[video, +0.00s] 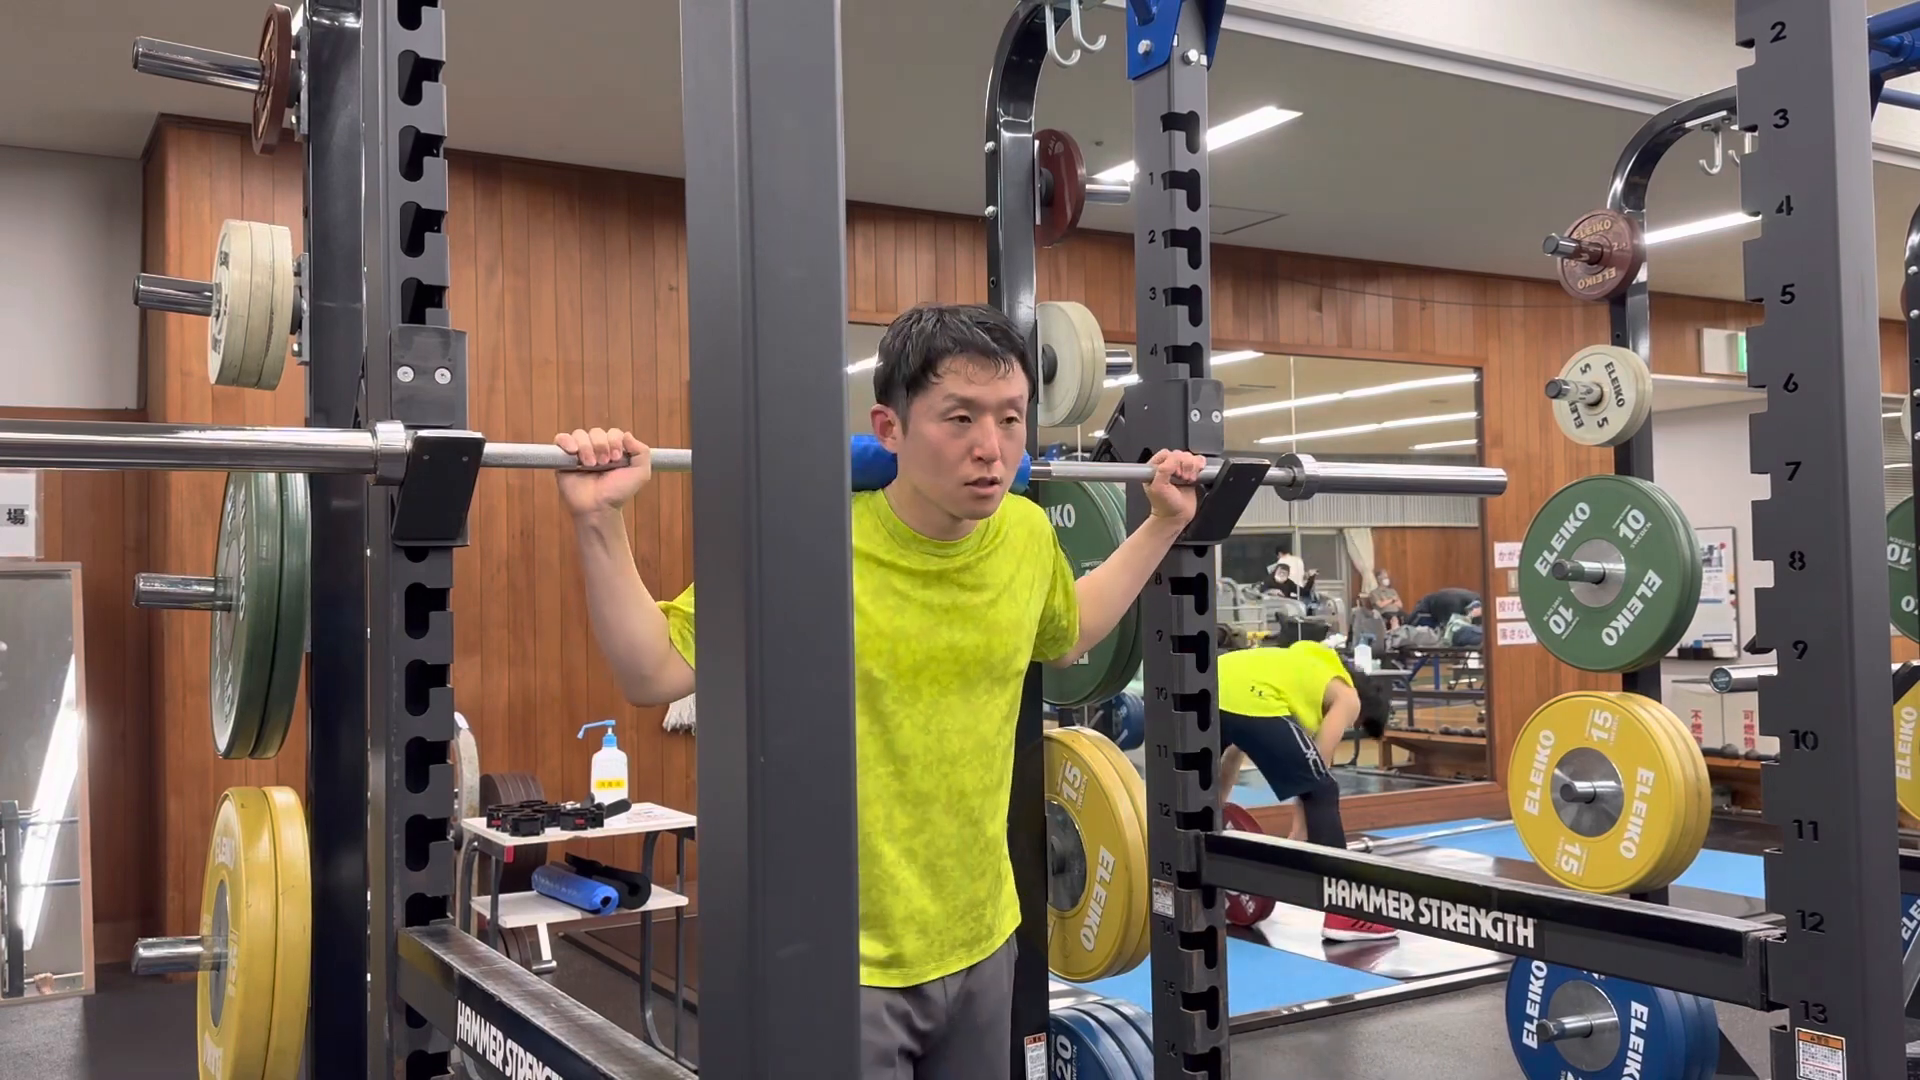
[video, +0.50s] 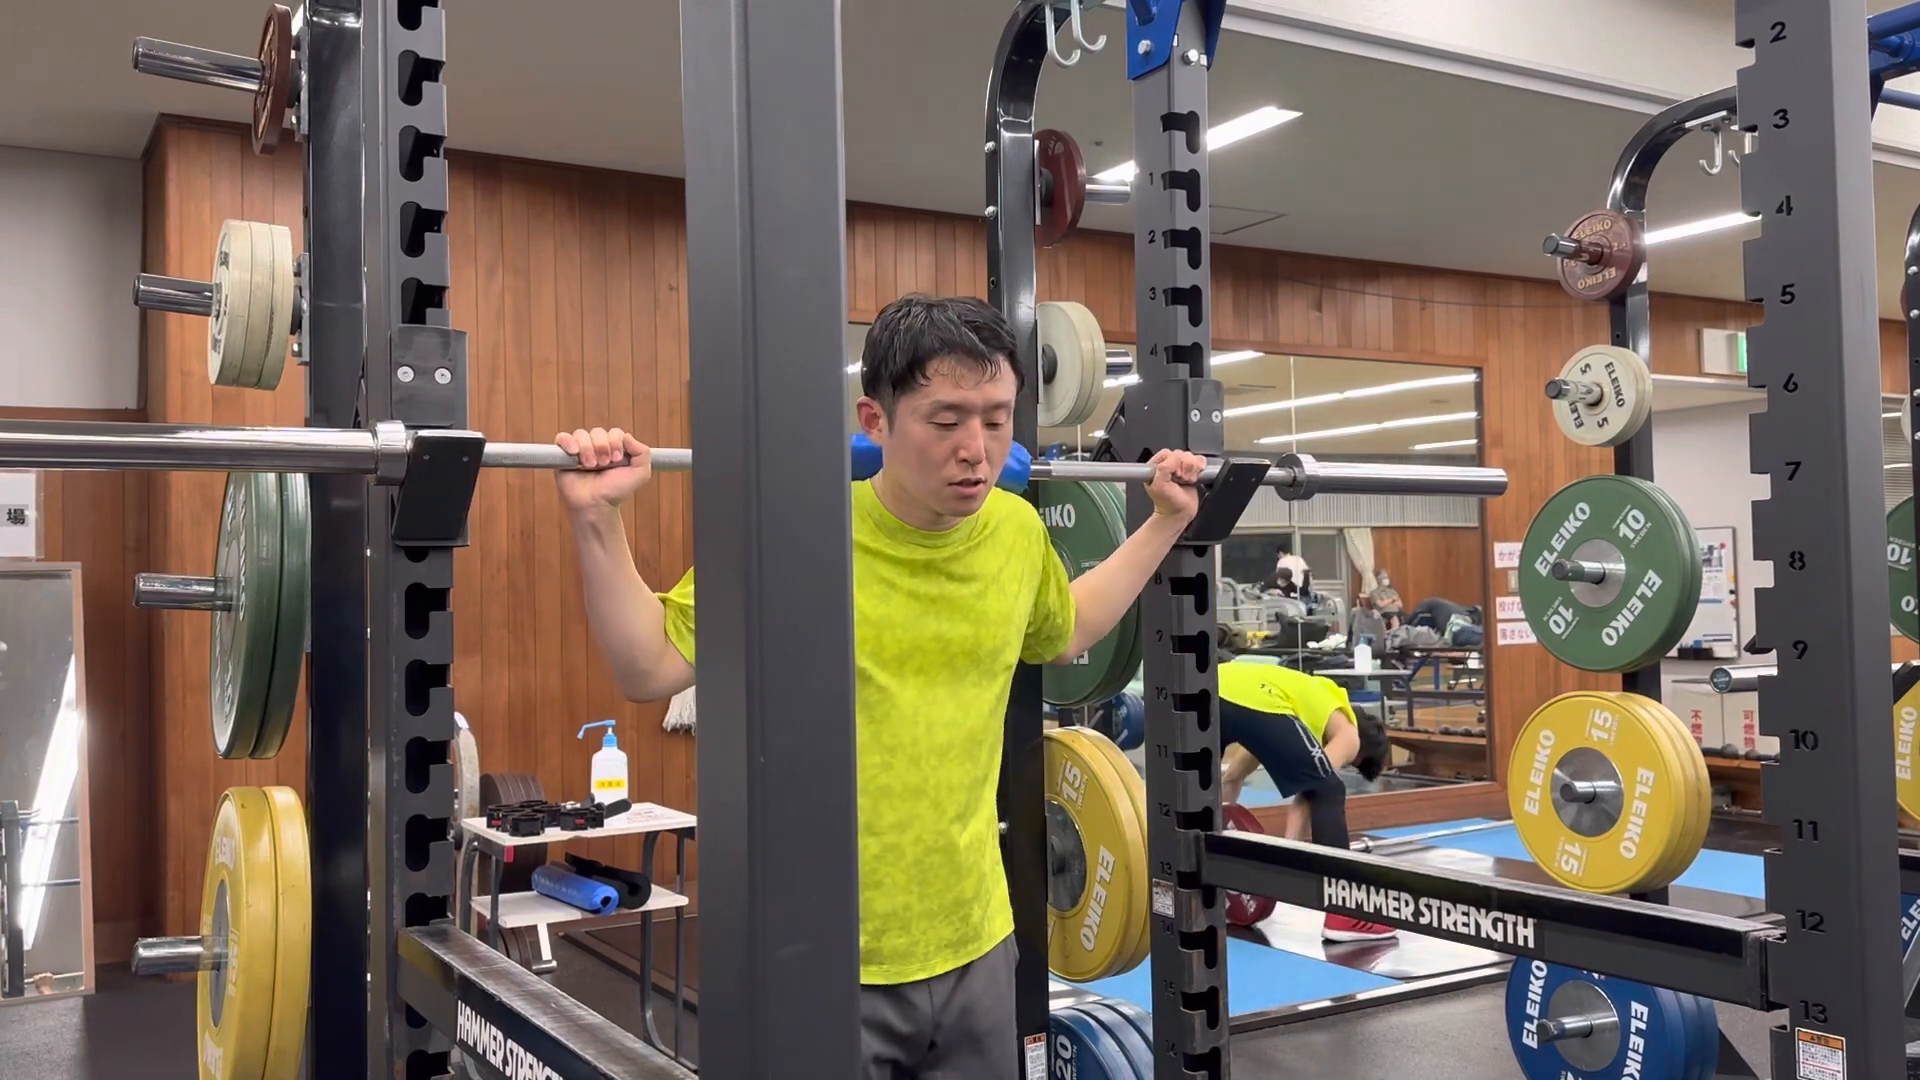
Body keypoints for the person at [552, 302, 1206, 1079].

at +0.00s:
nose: (990, 449)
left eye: (1009, 420)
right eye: (959, 417)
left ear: (1027, 428)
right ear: (890, 424)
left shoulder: (1025, 533)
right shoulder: (815, 541)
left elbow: (1064, 634)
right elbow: (654, 671)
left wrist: (1163, 527)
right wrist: (599, 523)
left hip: (983, 948)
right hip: (846, 965)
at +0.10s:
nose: (991, 457)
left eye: (1010, 428)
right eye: (961, 426)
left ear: (1028, 431)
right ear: (892, 427)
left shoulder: (1024, 535)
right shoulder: (815, 541)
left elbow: (1063, 635)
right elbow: (651, 667)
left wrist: (1162, 527)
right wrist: (598, 523)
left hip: (980, 952)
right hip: (844, 969)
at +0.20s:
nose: (993, 461)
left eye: (1013, 432)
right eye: (963, 430)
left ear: (1030, 433)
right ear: (892, 427)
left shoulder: (1024, 536)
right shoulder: (812, 539)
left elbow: (1067, 636)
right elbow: (650, 667)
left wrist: (1164, 526)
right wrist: (596, 523)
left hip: (976, 954)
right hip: (836, 970)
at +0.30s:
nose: (989, 458)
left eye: (1009, 429)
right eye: (960, 427)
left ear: (1027, 428)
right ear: (888, 423)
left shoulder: (1022, 534)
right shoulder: (809, 538)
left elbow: (1066, 636)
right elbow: (648, 670)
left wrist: (1164, 524)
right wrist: (595, 521)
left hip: (972, 954)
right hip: (828, 966)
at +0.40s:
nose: (977, 451)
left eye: (997, 422)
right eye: (948, 421)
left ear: (1017, 423)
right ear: (877, 417)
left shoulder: (1016, 531)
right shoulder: (804, 530)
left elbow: (1064, 634)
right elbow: (647, 671)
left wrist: (1164, 525)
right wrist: (596, 522)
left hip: (974, 955)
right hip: (828, 972)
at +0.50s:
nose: (974, 450)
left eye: (993, 421)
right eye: (944, 420)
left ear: (1014, 422)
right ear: (874, 419)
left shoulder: (1015, 530)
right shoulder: (804, 531)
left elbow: (1062, 630)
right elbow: (650, 666)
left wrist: (1166, 524)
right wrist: (597, 520)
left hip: (978, 954)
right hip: (833, 970)